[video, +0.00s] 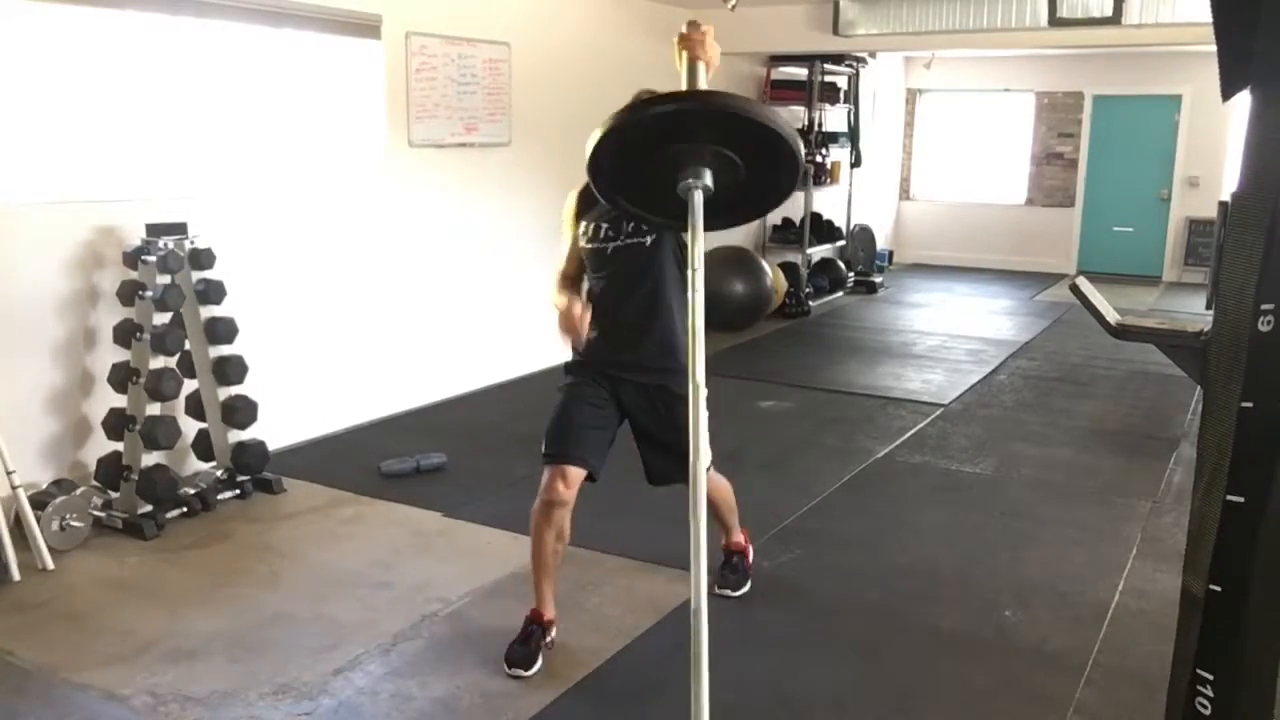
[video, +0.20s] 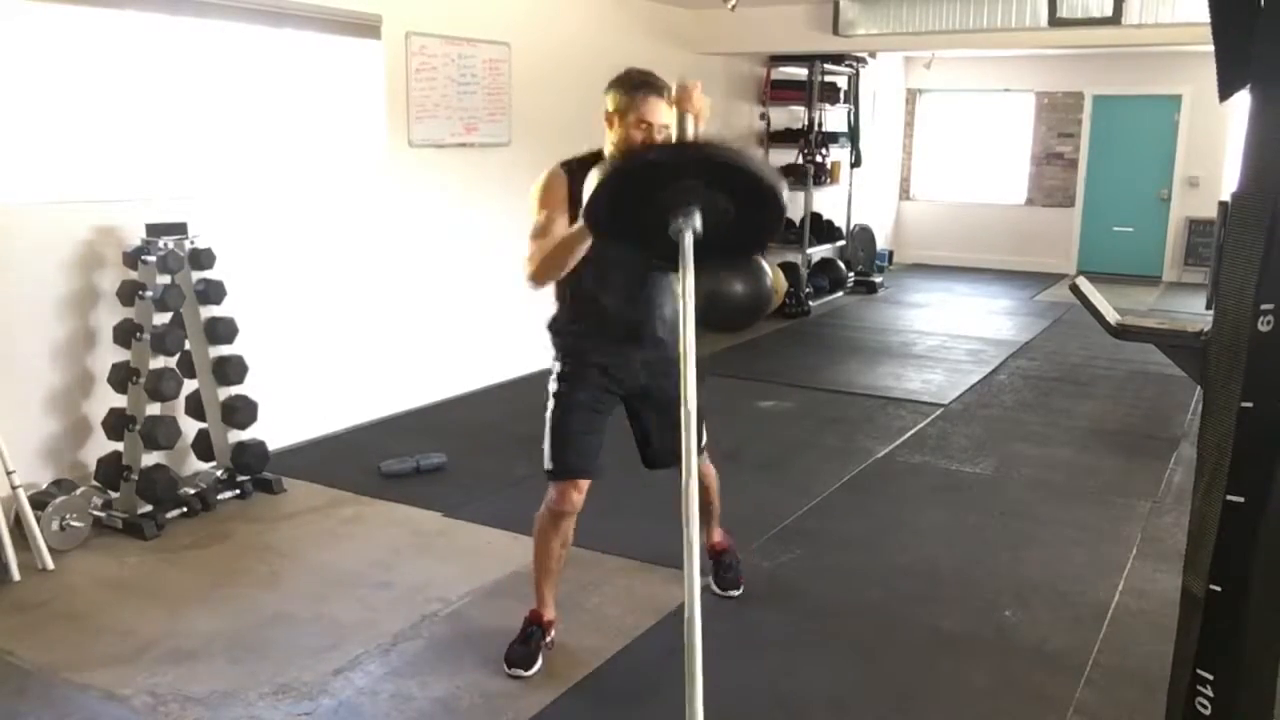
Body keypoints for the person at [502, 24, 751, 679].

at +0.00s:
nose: (634, 140)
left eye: (646, 130)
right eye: (627, 131)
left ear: (663, 138)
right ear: (611, 138)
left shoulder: (677, 192)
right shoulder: (590, 198)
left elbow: (704, 133)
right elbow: (571, 272)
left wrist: (701, 67)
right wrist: (570, 303)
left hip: (666, 369)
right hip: (598, 366)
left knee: (697, 475)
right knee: (558, 484)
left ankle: (736, 541)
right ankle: (541, 614)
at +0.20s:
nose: (655, 139)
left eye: (663, 128)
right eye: (643, 125)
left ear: (672, 128)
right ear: (611, 121)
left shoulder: (668, 178)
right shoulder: (567, 179)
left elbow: (706, 205)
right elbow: (541, 271)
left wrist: (695, 126)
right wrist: (597, 215)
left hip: (659, 354)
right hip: (586, 356)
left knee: (697, 466)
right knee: (566, 494)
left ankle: (715, 541)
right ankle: (541, 617)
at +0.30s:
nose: (669, 133)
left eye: (674, 123)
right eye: (658, 121)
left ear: (677, 123)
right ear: (621, 116)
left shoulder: (678, 167)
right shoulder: (574, 173)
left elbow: (698, 244)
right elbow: (560, 259)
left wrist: (689, 194)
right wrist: (634, 203)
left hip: (654, 336)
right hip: (584, 343)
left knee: (687, 451)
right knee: (576, 495)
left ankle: (691, 550)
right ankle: (524, 614)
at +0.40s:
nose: (689, 141)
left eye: (692, 129)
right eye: (681, 128)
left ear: (658, 127)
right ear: (642, 122)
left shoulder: (668, 188)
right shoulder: (591, 182)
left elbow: (665, 268)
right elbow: (571, 268)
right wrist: (662, 244)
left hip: (645, 347)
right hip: (585, 352)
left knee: (679, 449)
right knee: (577, 497)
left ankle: (678, 557)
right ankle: (488, 613)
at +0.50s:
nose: (711, 165)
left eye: (712, 152)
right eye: (704, 151)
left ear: (673, 150)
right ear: (668, 147)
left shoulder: (662, 206)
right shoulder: (623, 209)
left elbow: (659, 284)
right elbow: (599, 294)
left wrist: (701, 308)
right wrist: (679, 314)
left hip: (626, 353)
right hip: (581, 362)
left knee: (677, 445)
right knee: (581, 509)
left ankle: (675, 565)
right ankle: (475, 620)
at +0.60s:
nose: (725, 202)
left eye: (726, 190)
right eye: (720, 189)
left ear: (685, 187)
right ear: (688, 187)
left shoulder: (657, 233)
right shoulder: (654, 246)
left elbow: (659, 321)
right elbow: (649, 347)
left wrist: (693, 359)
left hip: (617, 382)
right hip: (579, 390)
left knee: (682, 450)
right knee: (588, 530)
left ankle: (673, 564)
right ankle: (464, 624)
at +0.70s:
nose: (732, 242)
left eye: (733, 229)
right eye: (728, 228)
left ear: (688, 226)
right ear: (702, 227)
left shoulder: (642, 258)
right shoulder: (677, 295)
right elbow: (674, 403)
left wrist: (681, 388)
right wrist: (698, 465)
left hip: (618, 401)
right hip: (576, 415)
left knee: (670, 472)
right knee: (597, 555)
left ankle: (671, 559)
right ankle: (462, 625)